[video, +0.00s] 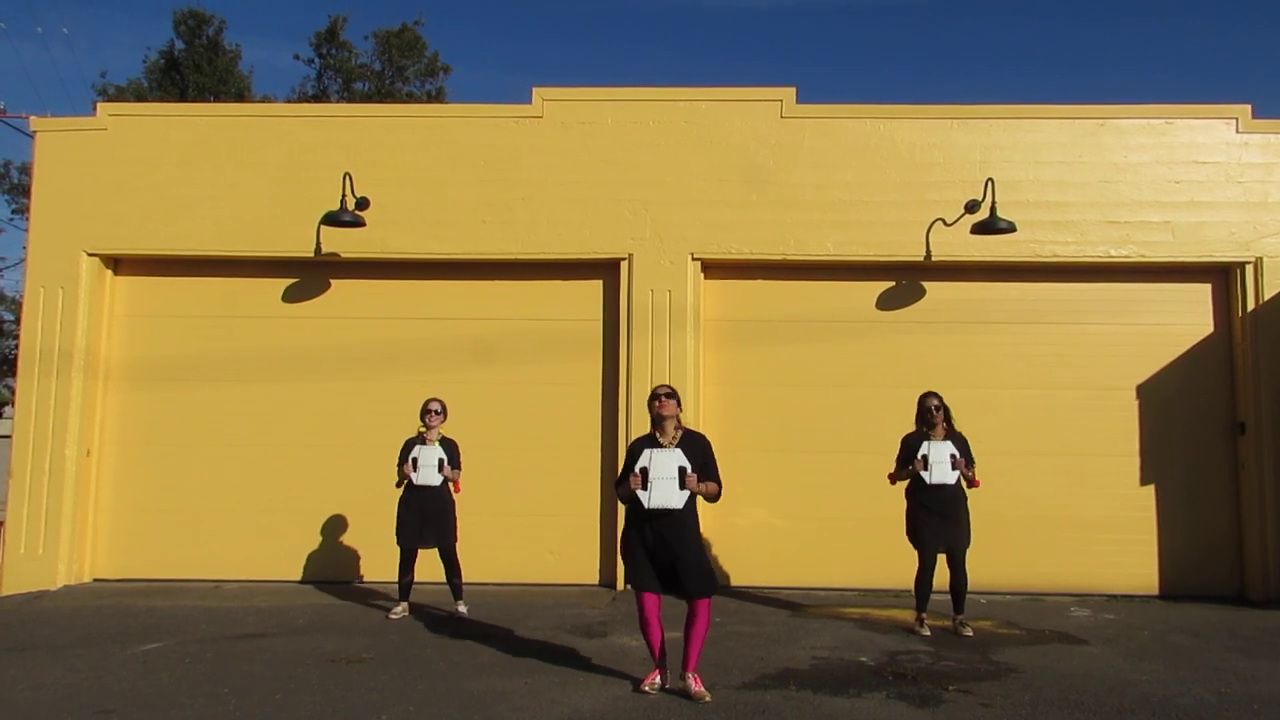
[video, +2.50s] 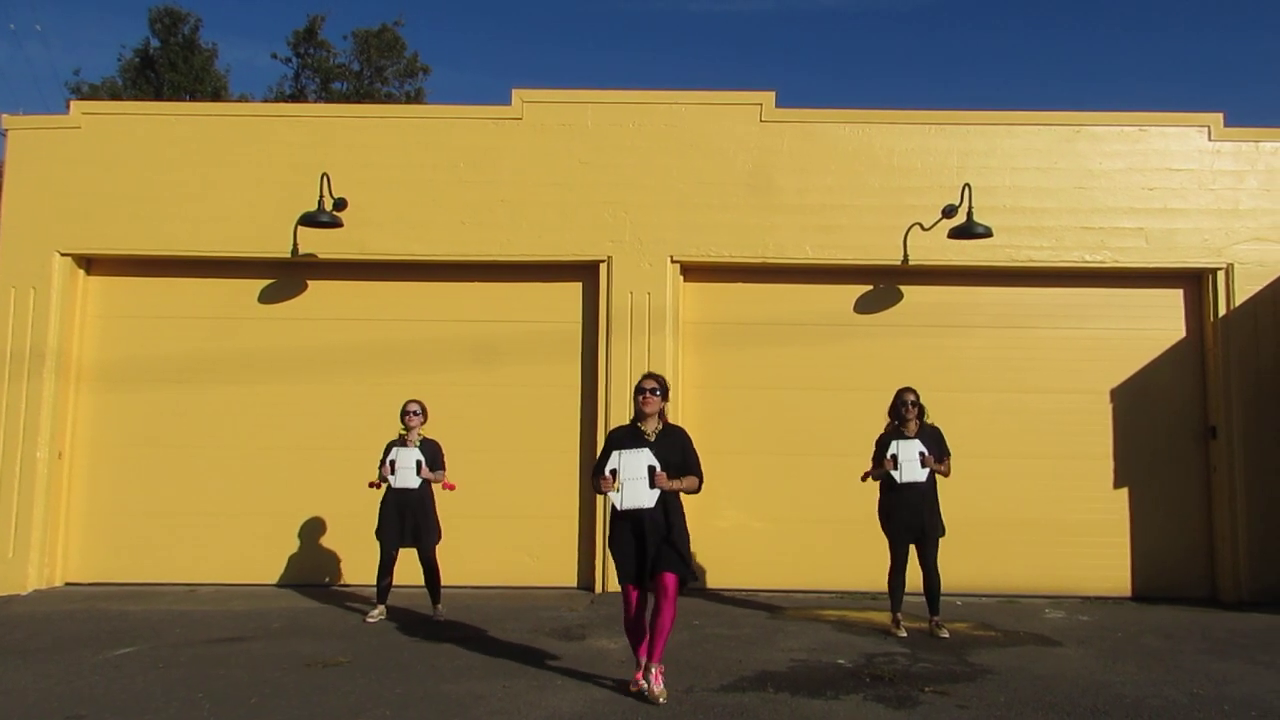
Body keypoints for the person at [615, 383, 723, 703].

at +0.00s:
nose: (661, 402)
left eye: (667, 398)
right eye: (655, 398)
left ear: (678, 407)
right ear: (649, 408)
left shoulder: (697, 442)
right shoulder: (639, 446)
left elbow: (715, 491)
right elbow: (621, 493)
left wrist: (699, 486)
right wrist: (630, 487)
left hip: (683, 536)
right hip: (642, 537)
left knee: (701, 598)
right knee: (647, 603)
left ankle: (689, 674)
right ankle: (660, 671)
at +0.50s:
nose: (661, 397)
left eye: (667, 393)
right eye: (655, 393)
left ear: (678, 400)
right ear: (648, 400)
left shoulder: (695, 437)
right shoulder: (636, 440)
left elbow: (713, 483)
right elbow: (619, 485)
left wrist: (695, 480)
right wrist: (626, 483)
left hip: (682, 530)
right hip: (641, 532)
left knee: (691, 598)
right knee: (648, 600)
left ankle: (687, 675)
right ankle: (657, 672)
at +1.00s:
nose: (678, 397)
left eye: (680, 392)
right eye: (671, 391)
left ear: (679, 398)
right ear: (651, 396)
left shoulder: (688, 433)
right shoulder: (631, 434)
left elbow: (704, 484)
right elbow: (611, 482)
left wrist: (699, 477)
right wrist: (629, 473)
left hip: (686, 531)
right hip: (648, 531)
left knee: (685, 600)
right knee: (655, 599)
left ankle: (686, 675)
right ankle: (657, 671)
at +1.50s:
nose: (678, 397)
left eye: (679, 392)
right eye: (671, 391)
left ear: (675, 398)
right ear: (651, 394)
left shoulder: (684, 431)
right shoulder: (626, 430)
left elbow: (701, 478)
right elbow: (606, 474)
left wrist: (691, 475)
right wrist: (622, 472)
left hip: (680, 530)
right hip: (642, 530)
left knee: (680, 600)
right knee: (646, 602)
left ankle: (680, 675)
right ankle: (650, 672)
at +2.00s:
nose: (651, 405)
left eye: (657, 401)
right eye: (645, 401)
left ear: (666, 409)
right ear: (637, 408)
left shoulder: (679, 445)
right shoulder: (622, 447)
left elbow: (695, 495)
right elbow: (600, 494)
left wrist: (681, 486)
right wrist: (613, 486)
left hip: (665, 540)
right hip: (624, 540)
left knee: (676, 598)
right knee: (628, 609)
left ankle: (667, 674)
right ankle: (642, 673)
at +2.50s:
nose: (647, 397)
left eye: (654, 392)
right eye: (642, 392)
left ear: (664, 399)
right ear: (634, 398)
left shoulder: (677, 436)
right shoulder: (618, 436)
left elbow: (695, 481)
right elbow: (598, 474)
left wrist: (672, 483)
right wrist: (602, 483)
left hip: (667, 528)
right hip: (628, 530)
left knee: (667, 591)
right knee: (633, 603)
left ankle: (655, 668)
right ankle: (641, 666)